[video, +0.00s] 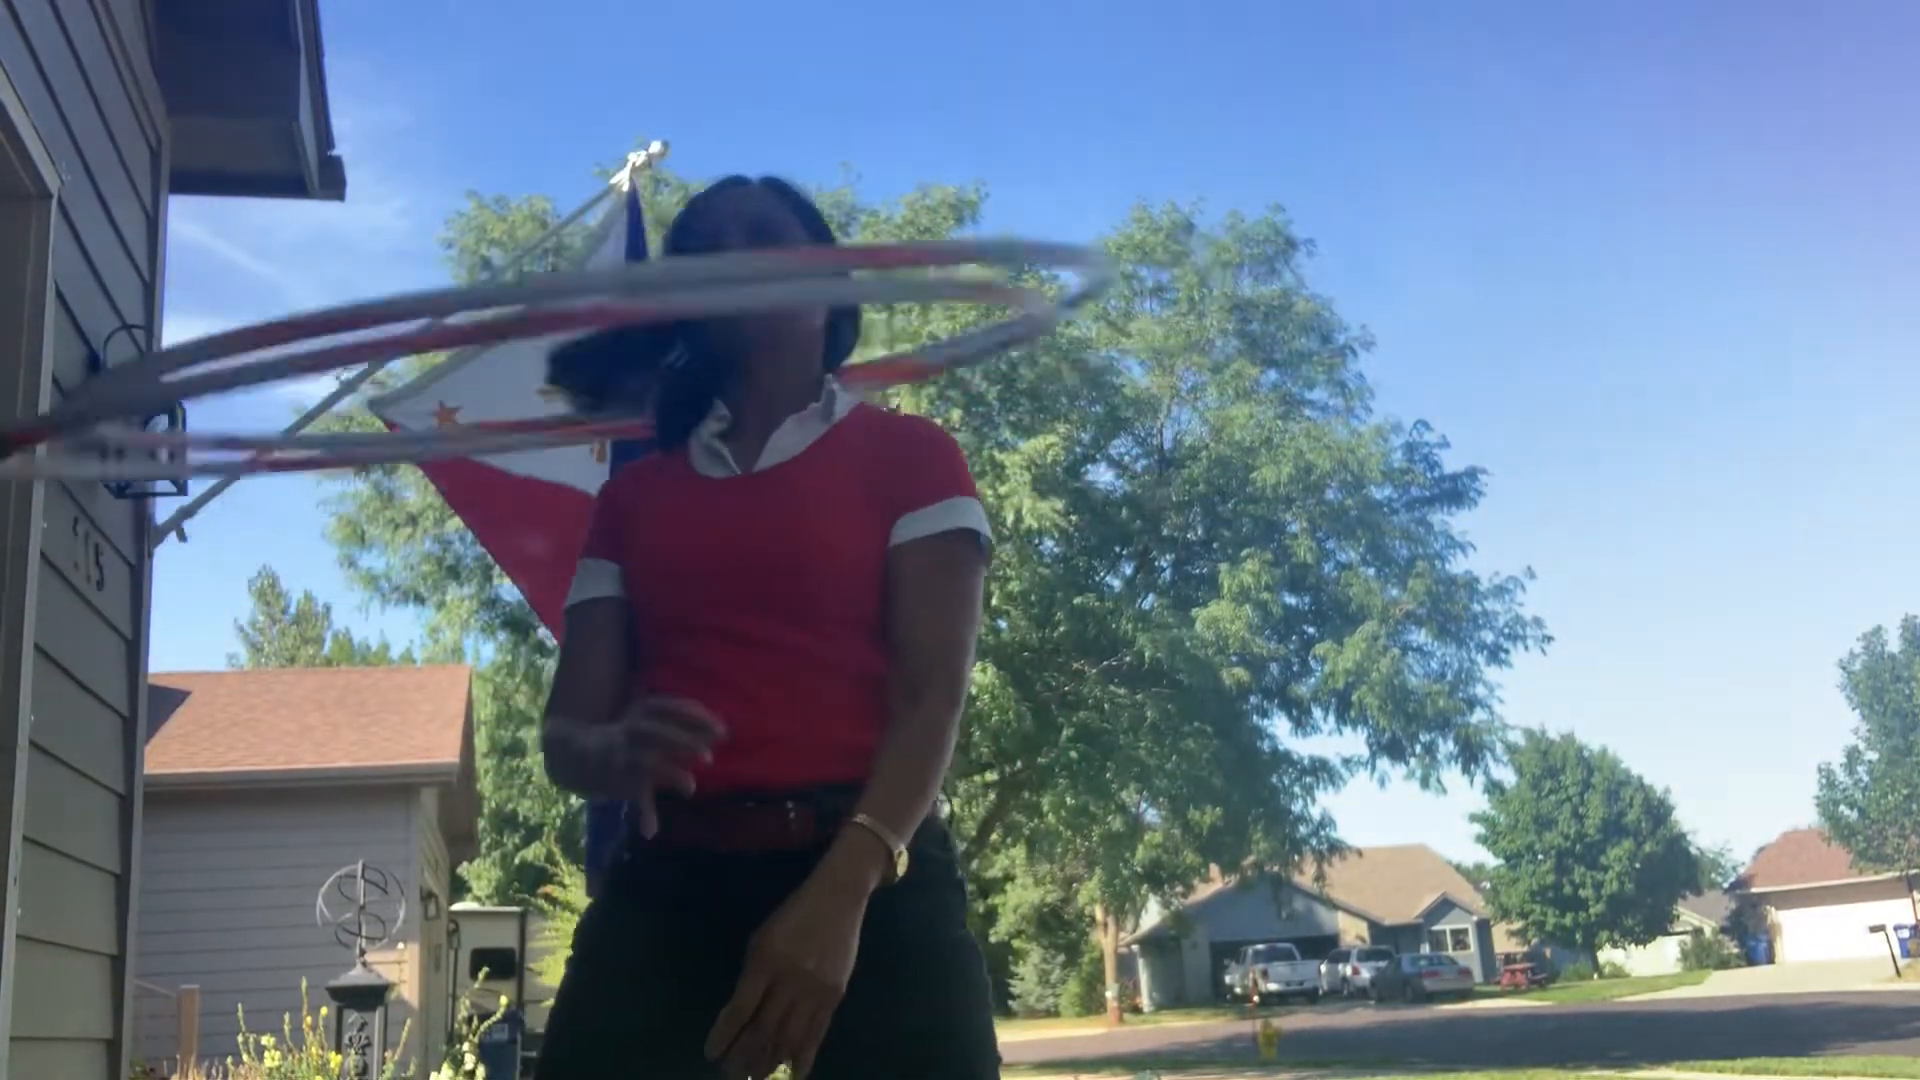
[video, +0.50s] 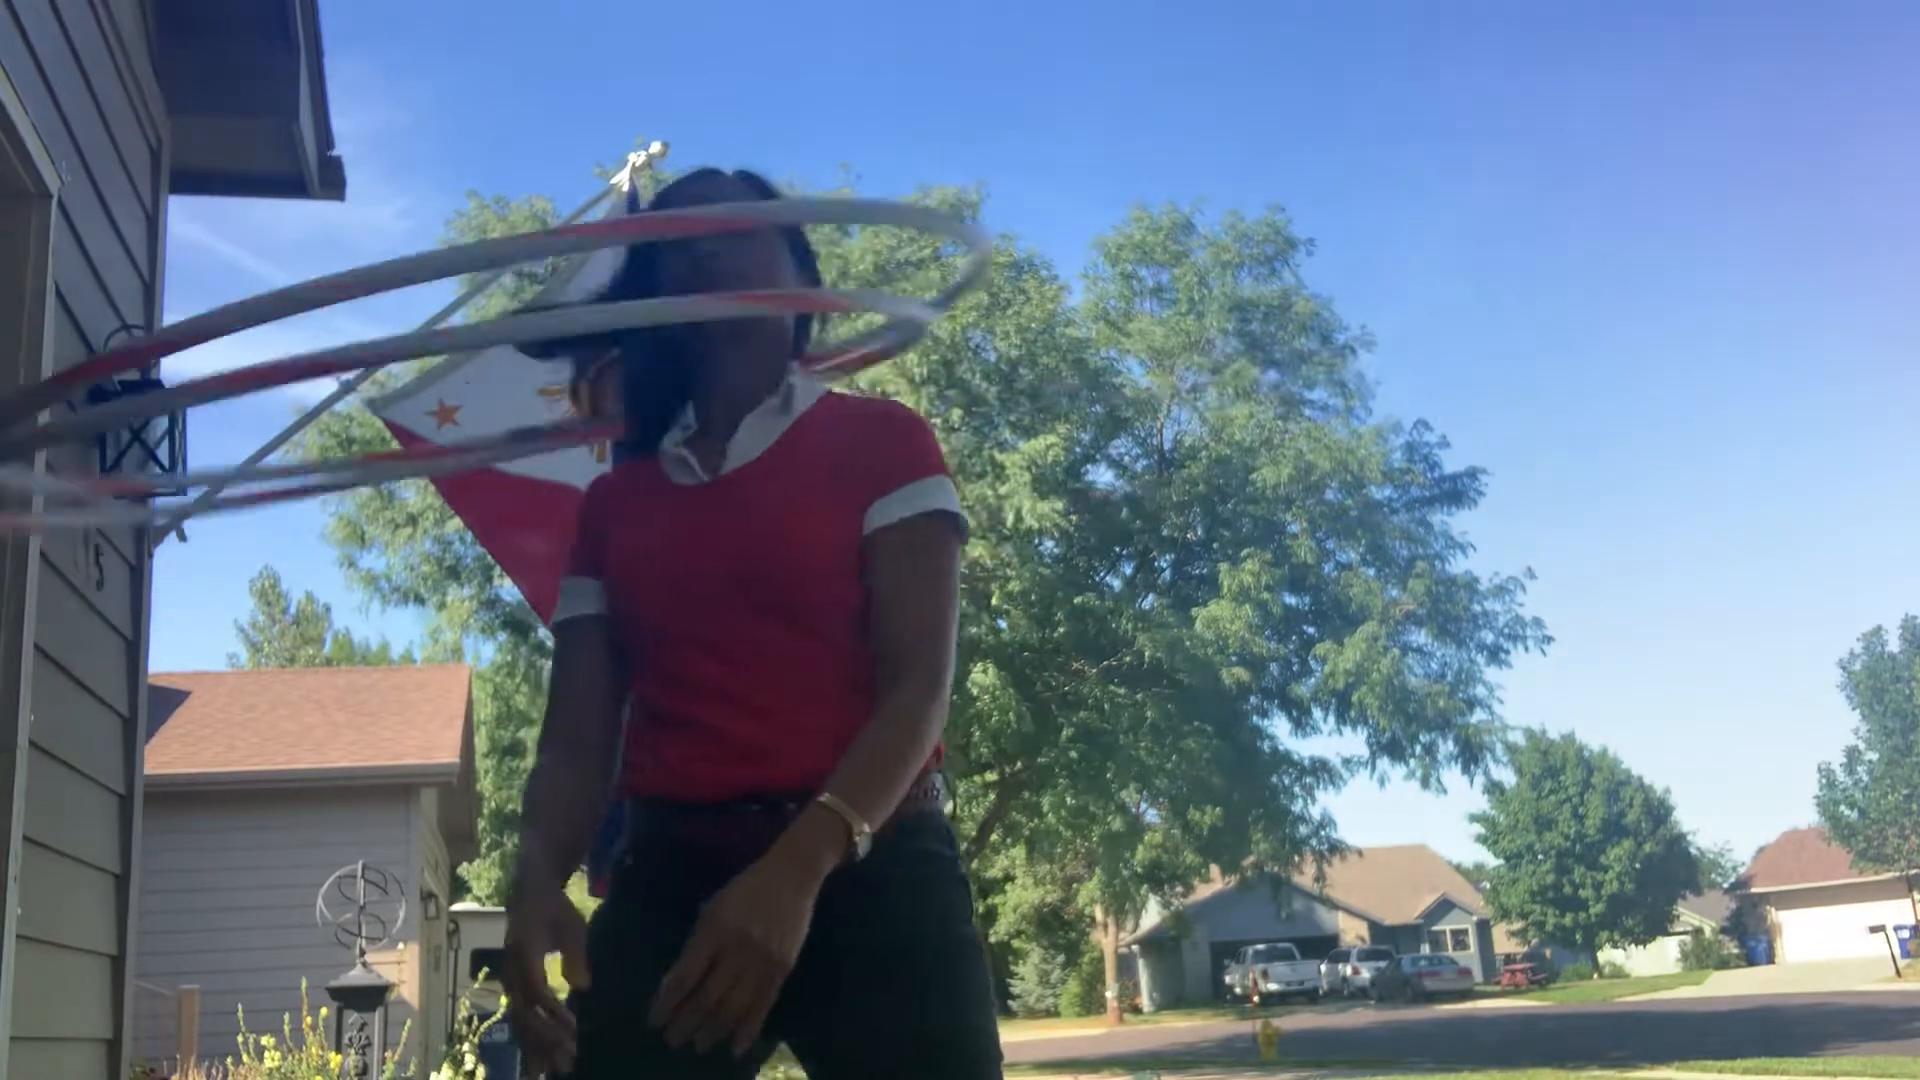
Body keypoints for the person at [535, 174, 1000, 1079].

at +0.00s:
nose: (743, 261)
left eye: (771, 238)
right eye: (712, 249)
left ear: (829, 280)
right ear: (680, 298)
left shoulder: (909, 454)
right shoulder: (636, 491)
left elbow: (932, 698)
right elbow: (569, 730)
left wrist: (841, 887)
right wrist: (611, 754)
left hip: (874, 877)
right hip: (670, 878)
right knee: (590, 1063)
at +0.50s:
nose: (725, 256)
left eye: (750, 236)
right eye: (695, 241)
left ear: (802, 285)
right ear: (658, 290)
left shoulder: (880, 438)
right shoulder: (616, 501)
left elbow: (918, 690)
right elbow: (576, 734)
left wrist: (800, 863)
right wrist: (538, 883)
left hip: (873, 874)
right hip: (669, 884)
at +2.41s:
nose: (752, 234)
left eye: (792, 211)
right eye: (737, 223)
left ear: (877, 267)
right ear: (717, 279)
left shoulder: (921, 430)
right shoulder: (655, 477)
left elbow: (902, 678)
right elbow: (582, 700)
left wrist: (750, 862)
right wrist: (462, 898)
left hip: (871, 874)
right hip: (657, 877)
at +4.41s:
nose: (772, 226)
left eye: (809, 205)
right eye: (748, 217)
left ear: (878, 259)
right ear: (724, 276)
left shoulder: (941, 434)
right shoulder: (663, 474)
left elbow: (963, 696)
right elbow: (588, 685)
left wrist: (786, 837)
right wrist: (501, 870)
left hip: (883, 870)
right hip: (672, 876)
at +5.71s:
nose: (761, 236)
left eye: (799, 219)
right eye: (739, 233)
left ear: (870, 275)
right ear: (720, 294)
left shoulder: (903, 435)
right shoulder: (645, 484)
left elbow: (888, 698)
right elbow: (565, 719)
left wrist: (684, 883)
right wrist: (451, 909)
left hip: (848, 876)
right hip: (638, 884)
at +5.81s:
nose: (720, 213)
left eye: (760, 195)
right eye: (700, 213)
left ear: (837, 257)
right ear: (685, 275)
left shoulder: (866, 409)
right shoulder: (616, 465)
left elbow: (856, 686)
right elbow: (547, 712)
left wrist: (632, 869)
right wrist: (431, 915)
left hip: (834, 874)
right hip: (617, 893)